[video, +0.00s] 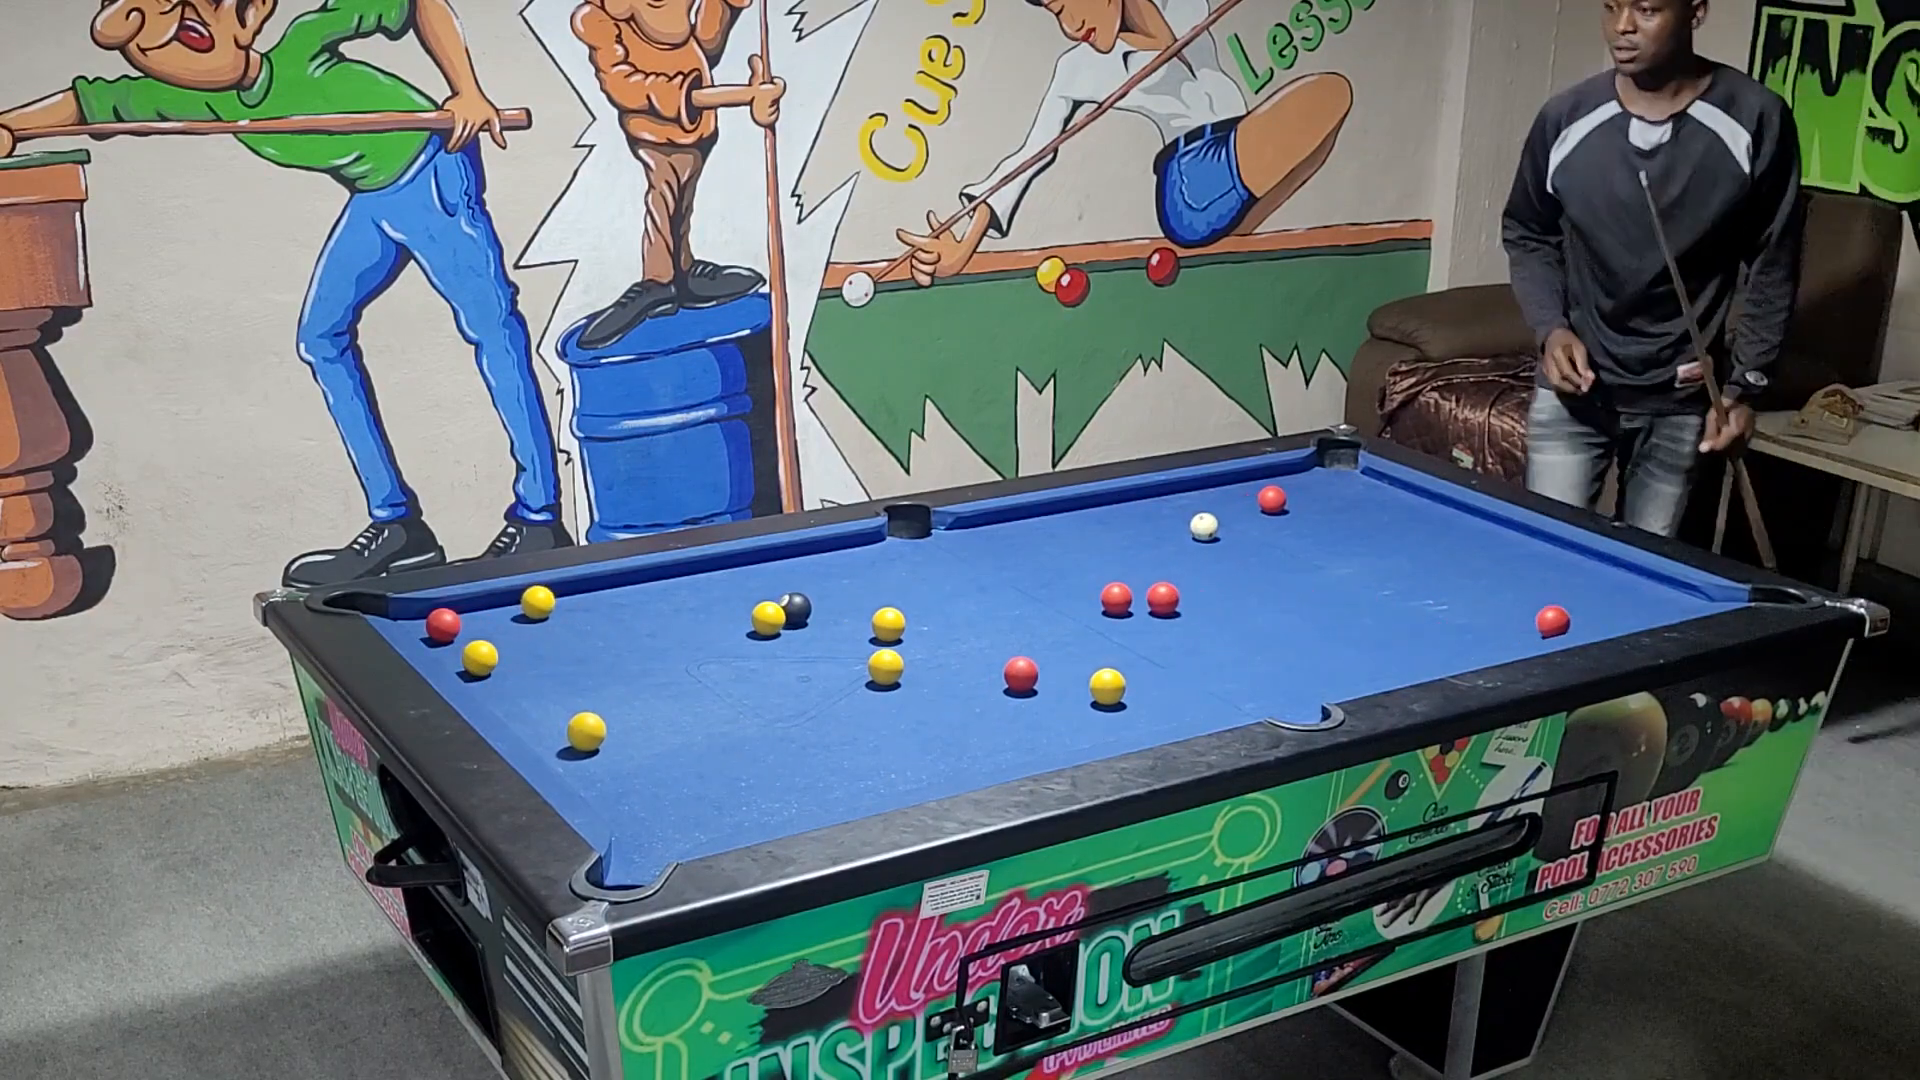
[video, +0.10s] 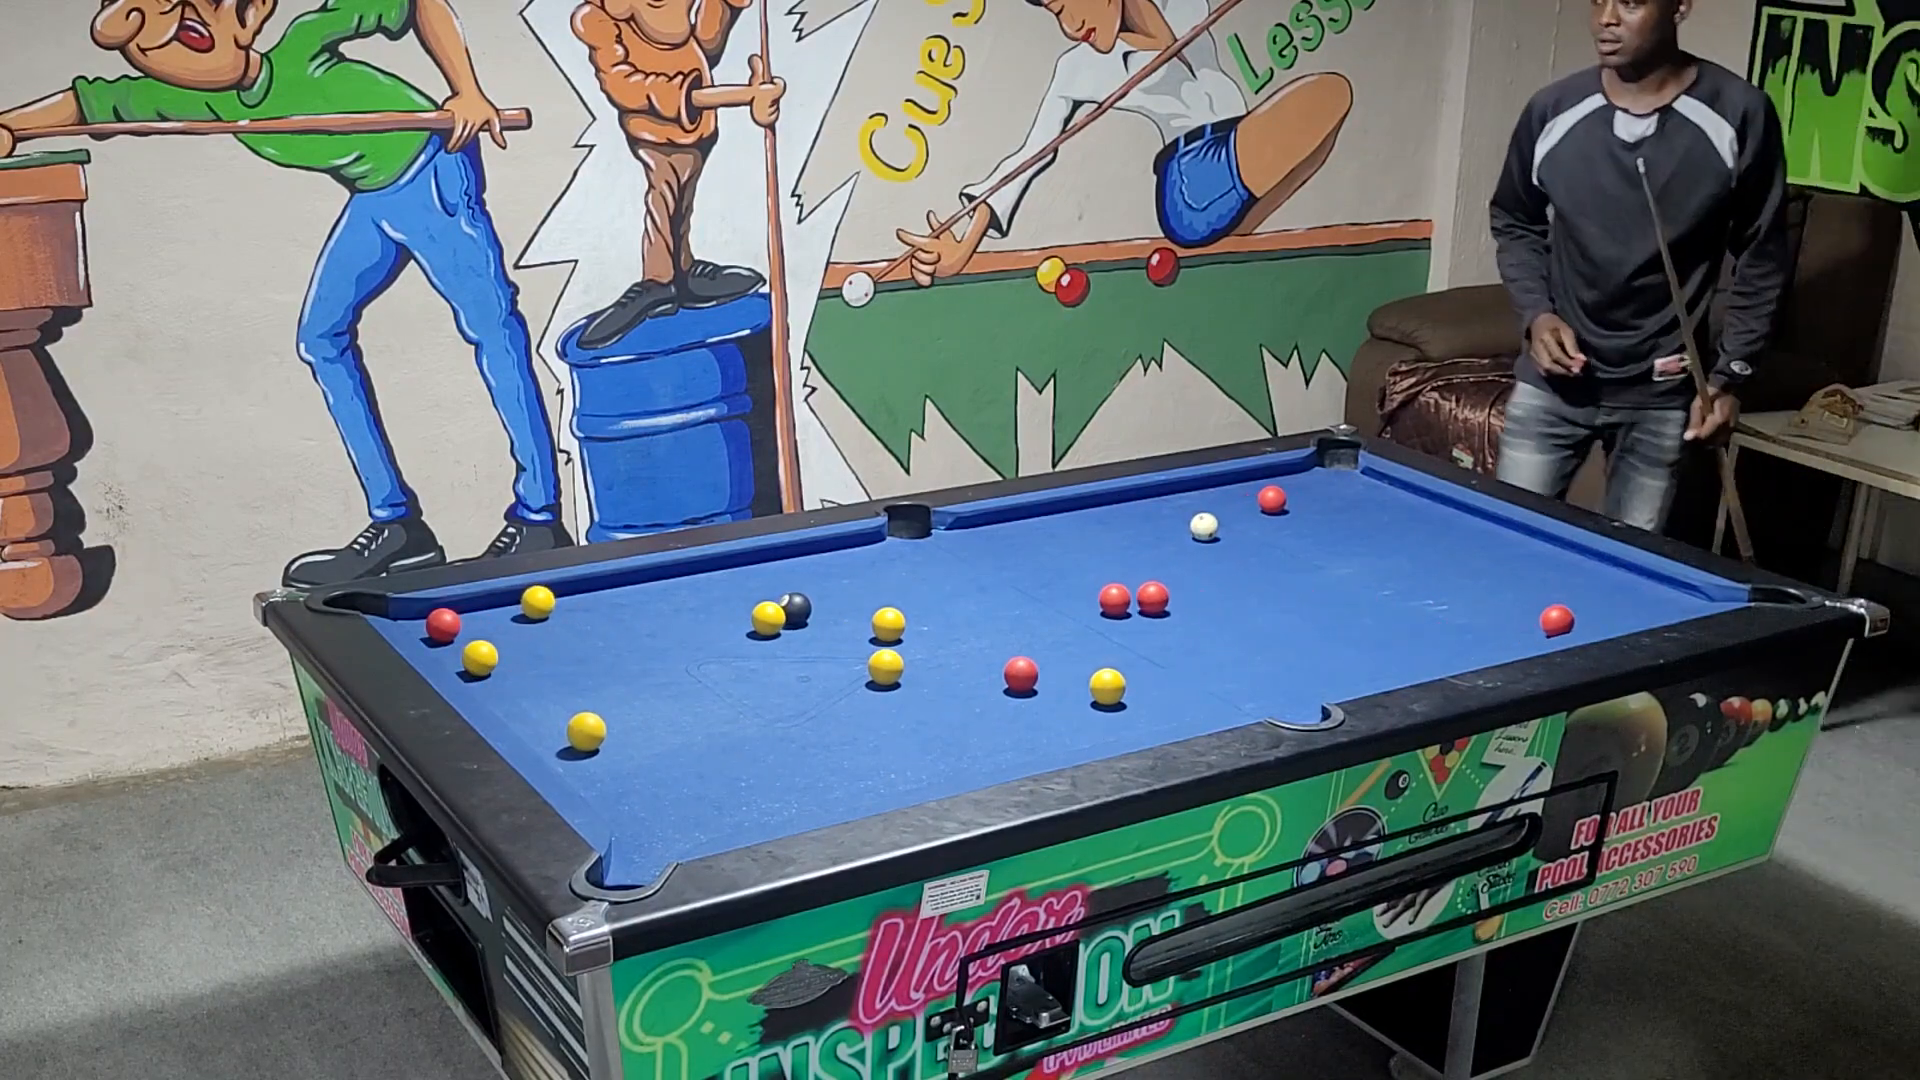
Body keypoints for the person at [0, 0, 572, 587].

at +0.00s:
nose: (204, 56)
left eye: (198, 41)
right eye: (189, 55)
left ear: (225, 21)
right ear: (184, 74)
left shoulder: (300, 36)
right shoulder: (213, 98)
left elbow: (418, 3)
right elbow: (91, 100)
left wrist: (466, 87)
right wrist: (11, 123)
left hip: (426, 165)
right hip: (369, 199)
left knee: (491, 327)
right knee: (322, 337)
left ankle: (541, 518)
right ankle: (397, 522)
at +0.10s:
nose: (205, 56)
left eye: (198, 41)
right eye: (188, 57)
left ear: (225, 21)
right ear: (183, 74)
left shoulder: (300, 36)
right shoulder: (213, 98)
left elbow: (418, 3)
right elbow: (91, 100)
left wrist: (466, 87)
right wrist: (11, 123)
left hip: (426, 165)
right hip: (369, 199)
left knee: (491, 327)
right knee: (322, 337)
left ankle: (541, 518)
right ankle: (397, 522)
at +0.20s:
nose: (205, 56)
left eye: (198, 41)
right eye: (188, 57)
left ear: (225, 21)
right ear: (183, 74)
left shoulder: (300, 36)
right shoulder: (213, 98)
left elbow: (418, 3)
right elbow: (91, 100)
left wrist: (466, 87)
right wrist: (11, 123)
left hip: (426, 165)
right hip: (369, 199)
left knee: (491, 327)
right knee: (322, 337)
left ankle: (541, 518)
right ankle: (397, 522)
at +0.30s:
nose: (204, 56)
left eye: (198, 41)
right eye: (188, 57)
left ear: (225, 21)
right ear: (183, 74)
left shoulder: (300, 37)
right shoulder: (213, 98)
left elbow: (418, 3)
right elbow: (91, 100)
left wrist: (466, 87)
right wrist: (11, 123)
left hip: (426, 165)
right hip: (369, 199)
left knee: (491, 327)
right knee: (322, 337)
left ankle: (541, 518)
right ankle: (397, 522)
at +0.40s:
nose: (204, 56)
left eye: (198, 41)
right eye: (188, 57)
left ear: (225, 21)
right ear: (183, 74)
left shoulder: (300, 37)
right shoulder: (213, 98)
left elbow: (418, 3)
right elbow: (91, 100)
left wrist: (466, 87)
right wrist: (11, 123)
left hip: (426, 165)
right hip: (369, 199)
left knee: (491, 327)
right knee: (322, 337)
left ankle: (541, 518)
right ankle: (397, 522)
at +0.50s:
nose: (201, 56)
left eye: (194, 41)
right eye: (186, 56)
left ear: (218, 21)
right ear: (183, 72)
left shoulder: (299, 37)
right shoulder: (218, 98)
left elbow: (417, 3)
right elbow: (94, 100)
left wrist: (467, 87)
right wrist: (10, 123)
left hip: (426, 163)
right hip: (369, 197)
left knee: (492, 329)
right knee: (321, 337)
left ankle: (541, 518)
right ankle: (397, 522)